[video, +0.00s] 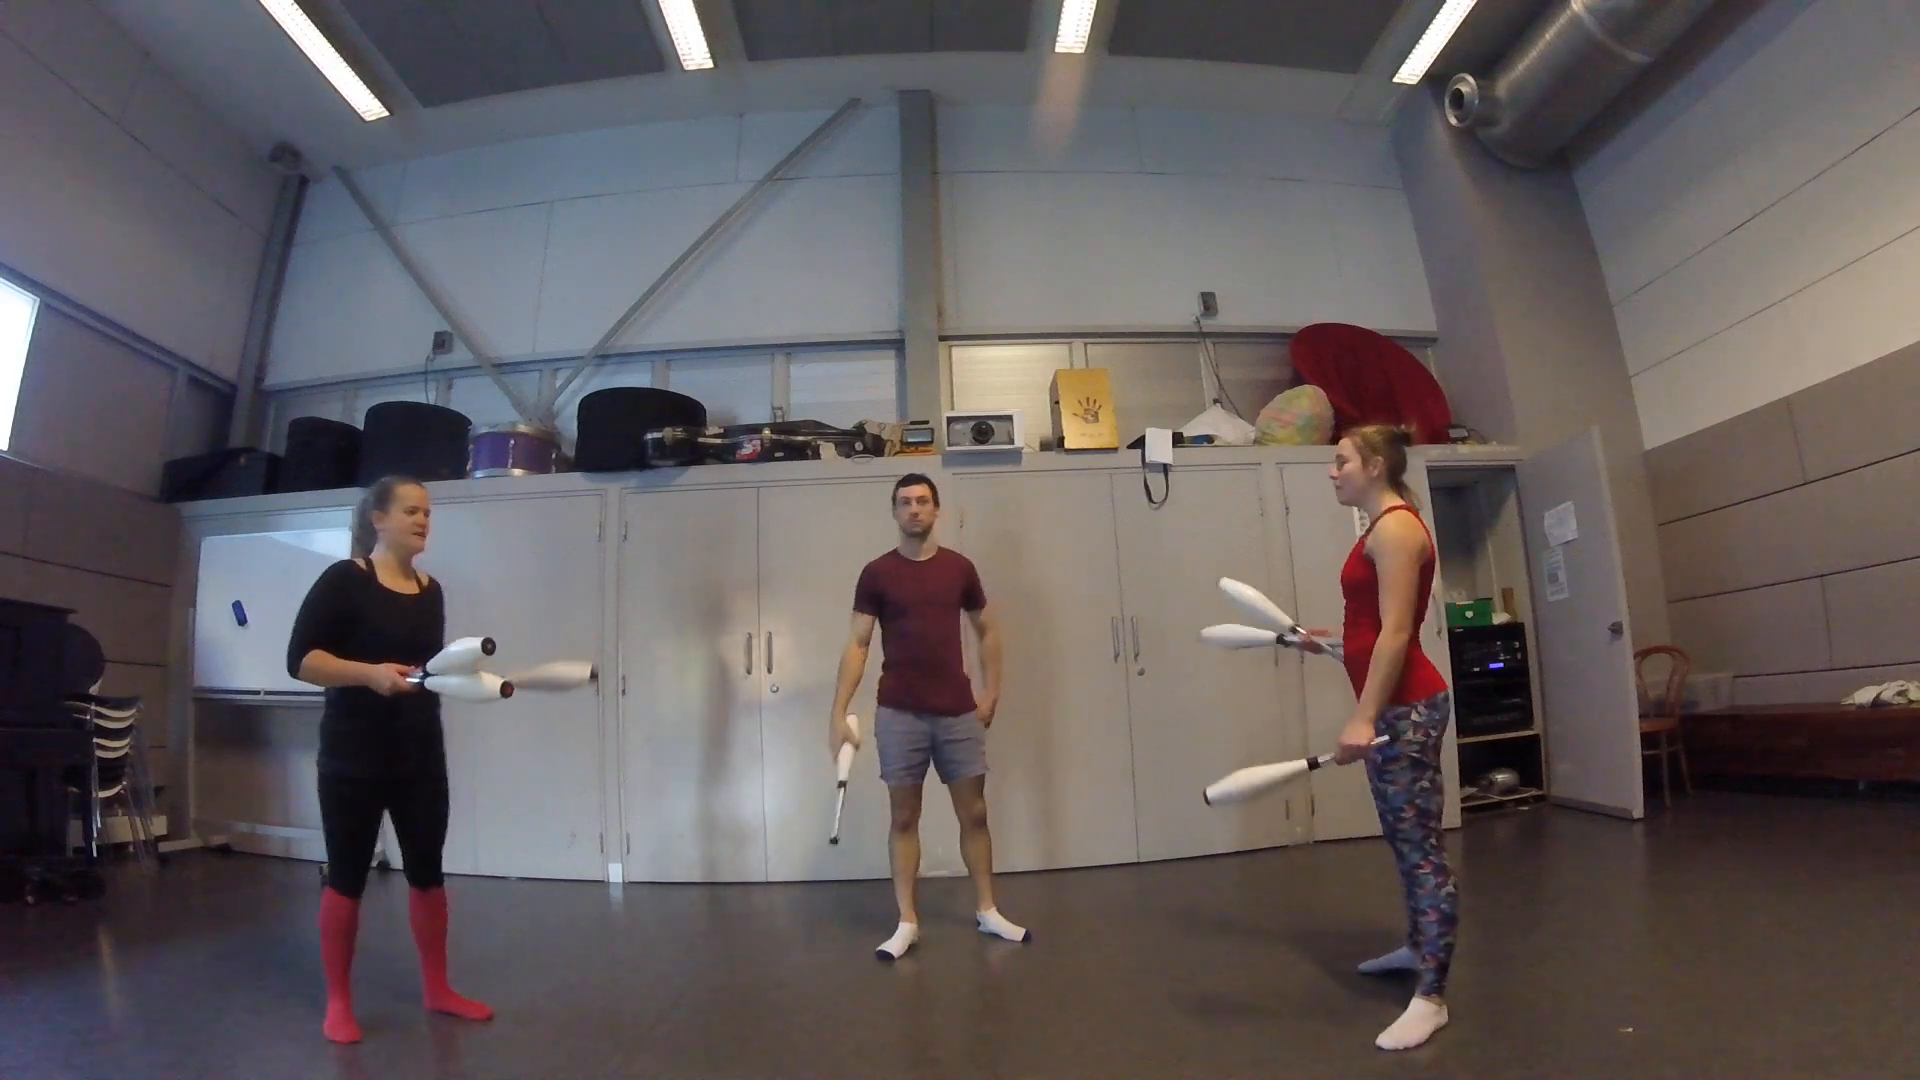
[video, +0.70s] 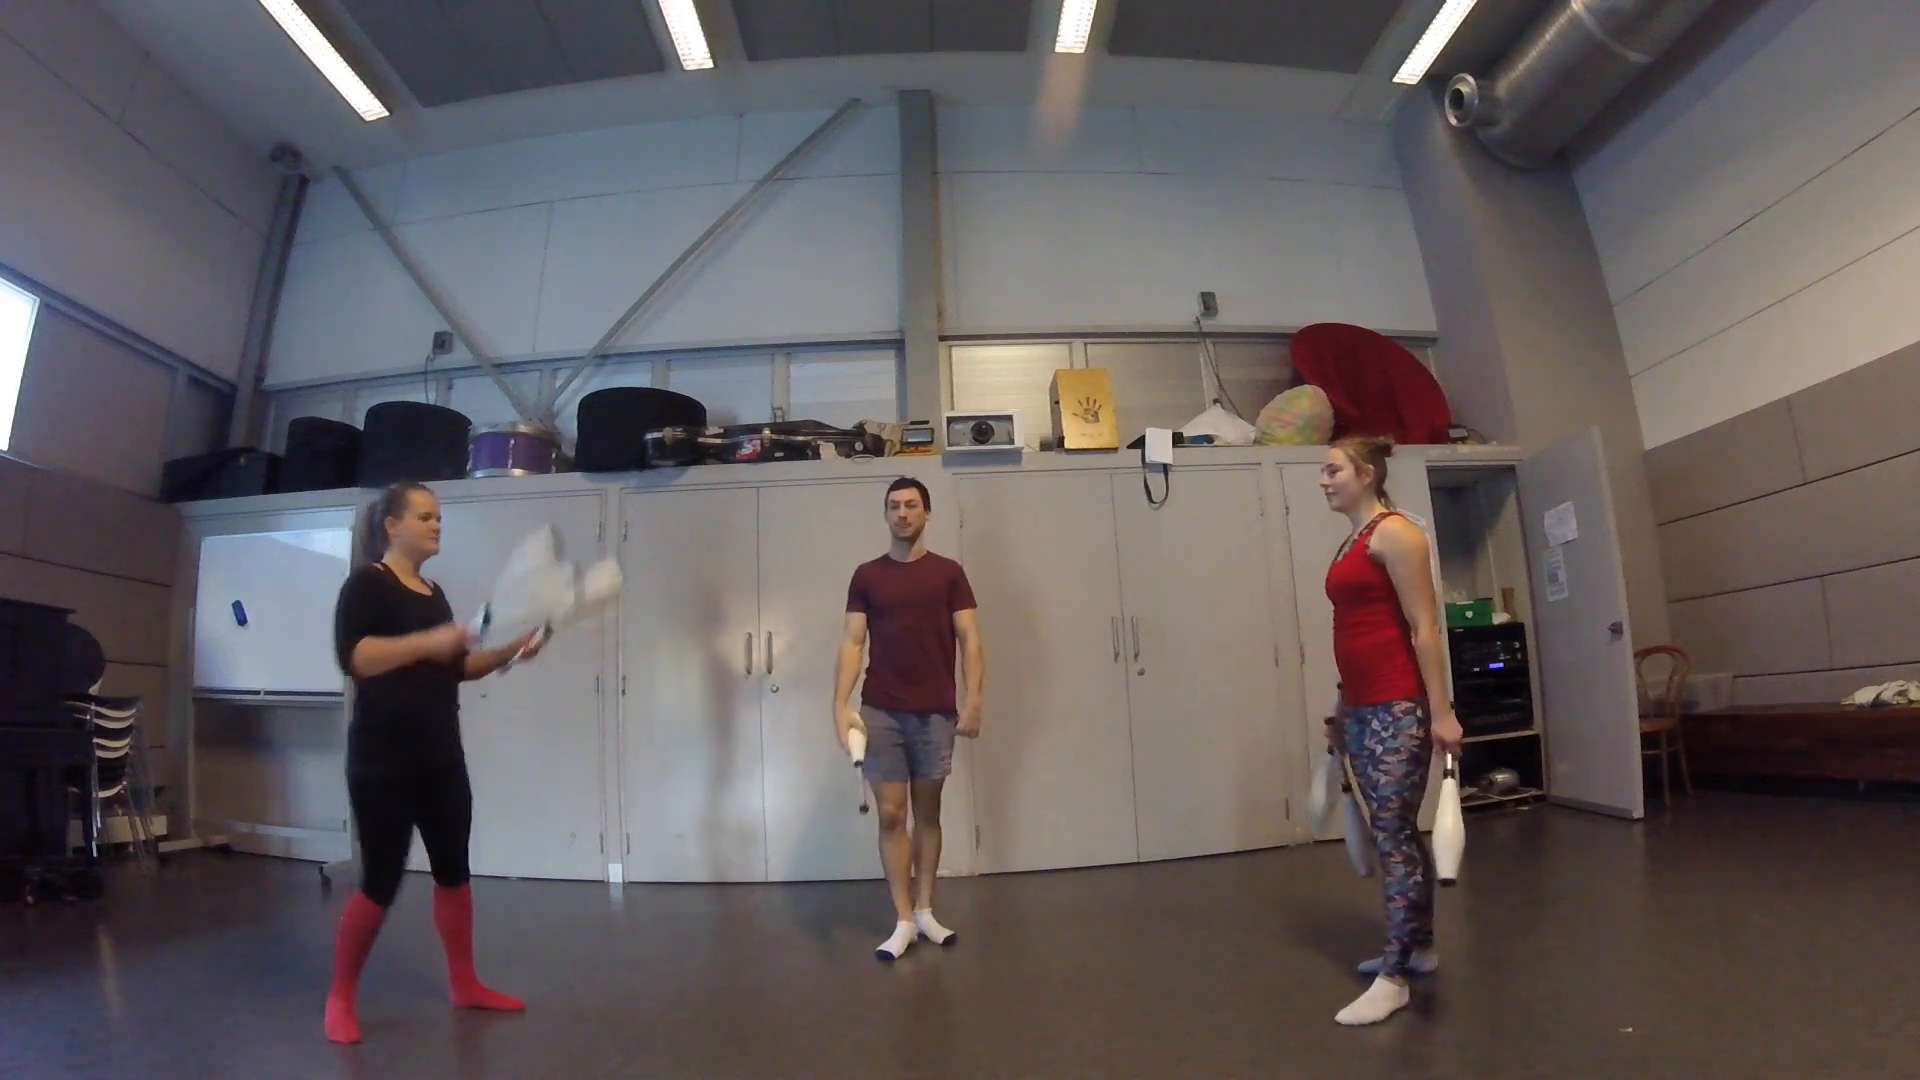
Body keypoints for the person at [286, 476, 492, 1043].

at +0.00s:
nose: (425, 522)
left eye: (427, 513)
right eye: (413, 512)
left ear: (424, 522)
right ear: (378, 518)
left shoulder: (429, 589)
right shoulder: (342, 580)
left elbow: (434, 667)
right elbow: (301, 660)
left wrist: (478, 681)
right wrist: (368, 673)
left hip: (419, 752)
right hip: (352, 753)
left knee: (427, 872)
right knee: (346, 877)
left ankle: (438, 990)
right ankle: (338, 1001)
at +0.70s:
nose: (437, 528)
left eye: (438, 520)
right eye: (426, 518)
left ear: (430, 529)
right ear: (390, 525)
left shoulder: (433, 593)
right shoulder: (364, 586)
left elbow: (450, 668)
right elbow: (356, 657)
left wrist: (508, 653)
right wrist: (429, 643)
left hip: (440, 755)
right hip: (381, 759)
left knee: (453, 872)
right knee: (380, 882)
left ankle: (465, 986)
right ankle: (342, 997)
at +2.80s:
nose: (468, 519)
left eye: (468, 511)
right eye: (455, 511)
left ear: (460, 523)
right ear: (422, 523)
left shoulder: (476, 593)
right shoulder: (404, 587)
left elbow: (521, 650)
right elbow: (410, 663)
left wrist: (568, 597)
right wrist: (489, 683)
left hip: (473, 753)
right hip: (418, 755)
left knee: (467, 874)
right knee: (419, 878)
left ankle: (467, 988)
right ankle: (409, 1010)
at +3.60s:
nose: (459, 515)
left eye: (460, 506)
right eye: (447, 506)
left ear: (454, 517)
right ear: (412, 518)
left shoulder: (466, 589)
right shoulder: (393, 585)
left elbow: (486, 664)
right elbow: (390, 671)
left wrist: (538, 649)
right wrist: (449, 730)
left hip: (464, 750)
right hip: (410, 751)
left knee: (461, 871)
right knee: (409, 877)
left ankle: (465, 986)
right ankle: (408, 1010)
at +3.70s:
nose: (459, 515)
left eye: (460, 507)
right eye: (447, 507)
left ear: (456, 518)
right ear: (413, 518)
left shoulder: (464, 588)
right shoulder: (394, 583)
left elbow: (482, 661)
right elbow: (404, 666)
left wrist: (536, 674)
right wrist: (487, 694)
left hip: (463, 754)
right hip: (409, 757)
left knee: (460, 874)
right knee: (410, 878)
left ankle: (465, 988)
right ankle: (408, 1012)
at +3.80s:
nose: (460, 515)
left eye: (460, 507)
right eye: (448, 507)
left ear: (456, 518)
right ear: (412, 518)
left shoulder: (465, 587)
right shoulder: (395, 581)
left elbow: (478, 663)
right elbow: (413, 651)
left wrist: (525, 695)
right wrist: (500, 641)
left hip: (463, 753)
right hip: (407, 755)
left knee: (460, 874)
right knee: (408, 879)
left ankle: (466, 988)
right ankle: (408, 1011)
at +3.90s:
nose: (459, 515)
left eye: (460, 507)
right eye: (447, 506)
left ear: (456, 520)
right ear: (412, 517)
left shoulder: (468, 588)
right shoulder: (394, 579)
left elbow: (487, 663)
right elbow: (409, 651)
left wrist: (516, 719)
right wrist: (485, 620)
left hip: (464, 753)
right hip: (407, 755)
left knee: (461, 874)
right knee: (408, 879)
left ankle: (465, 988)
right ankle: (408, 1010)